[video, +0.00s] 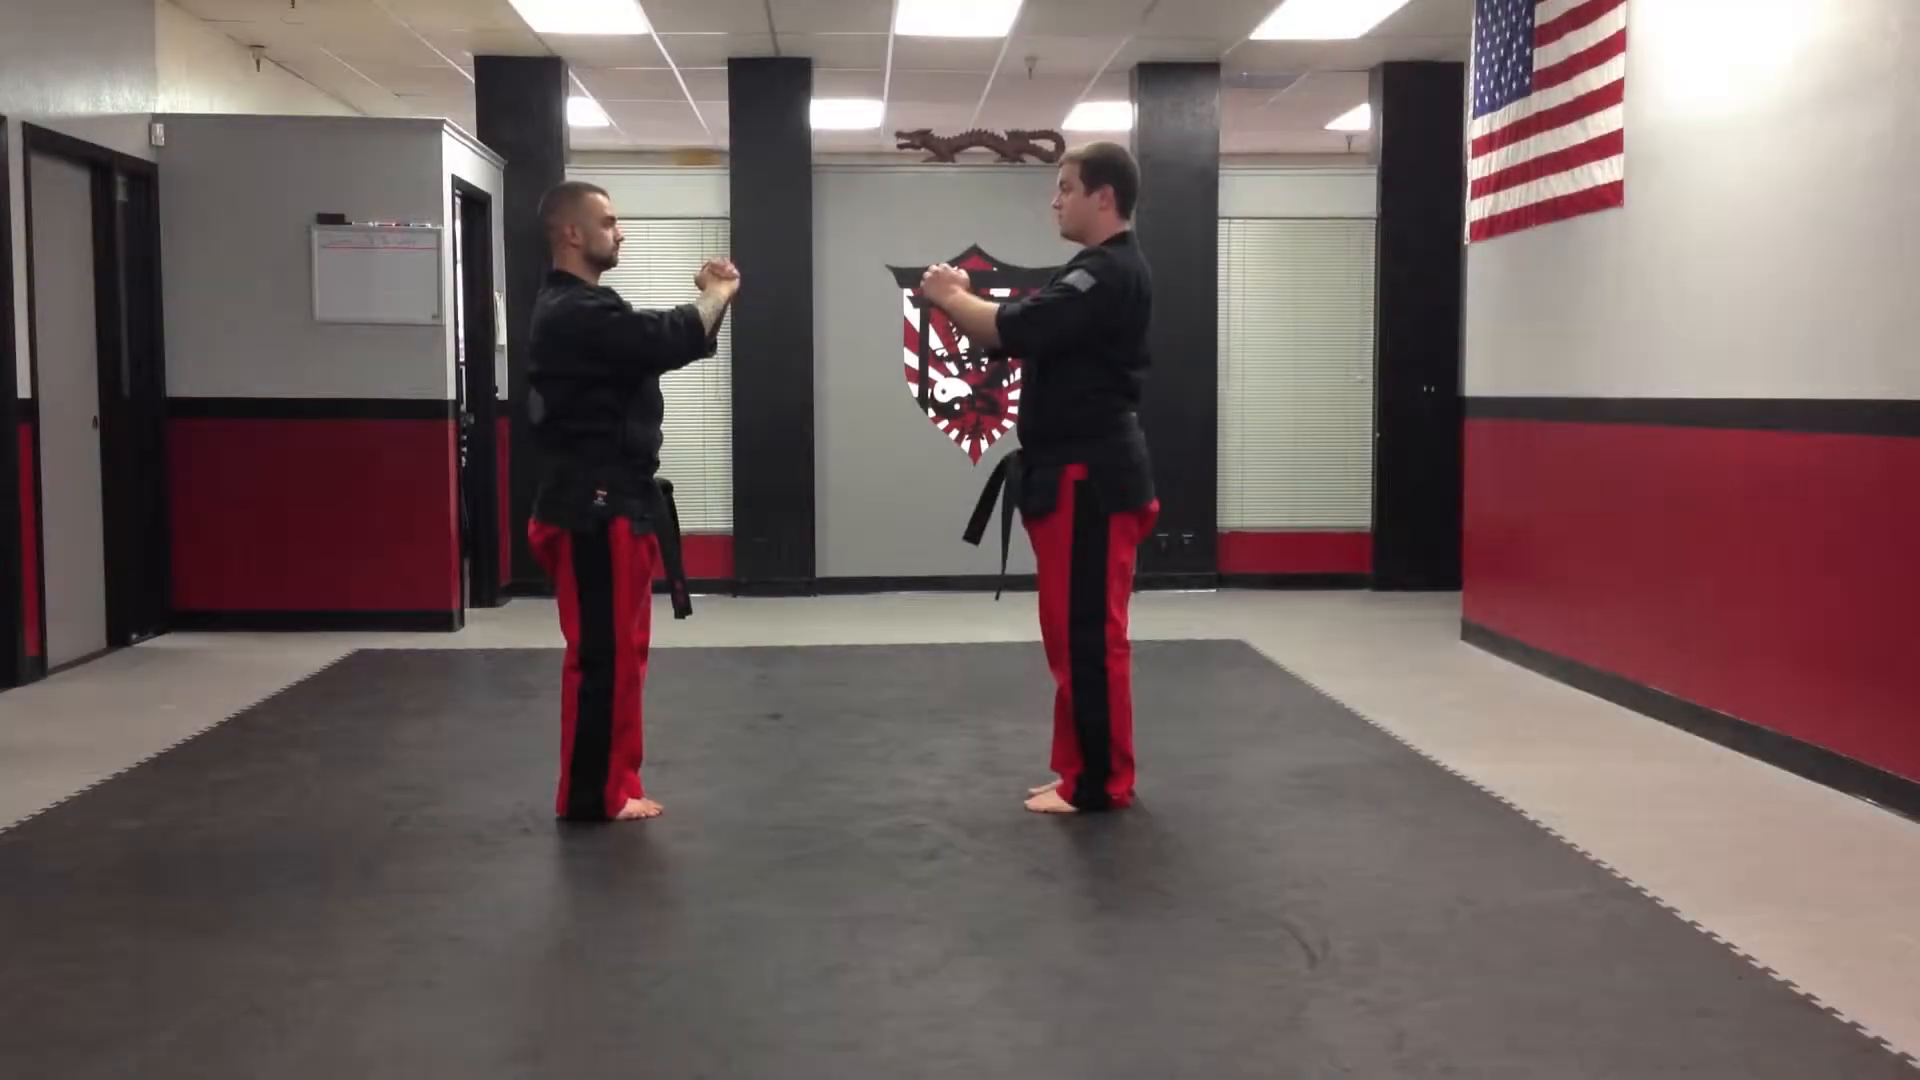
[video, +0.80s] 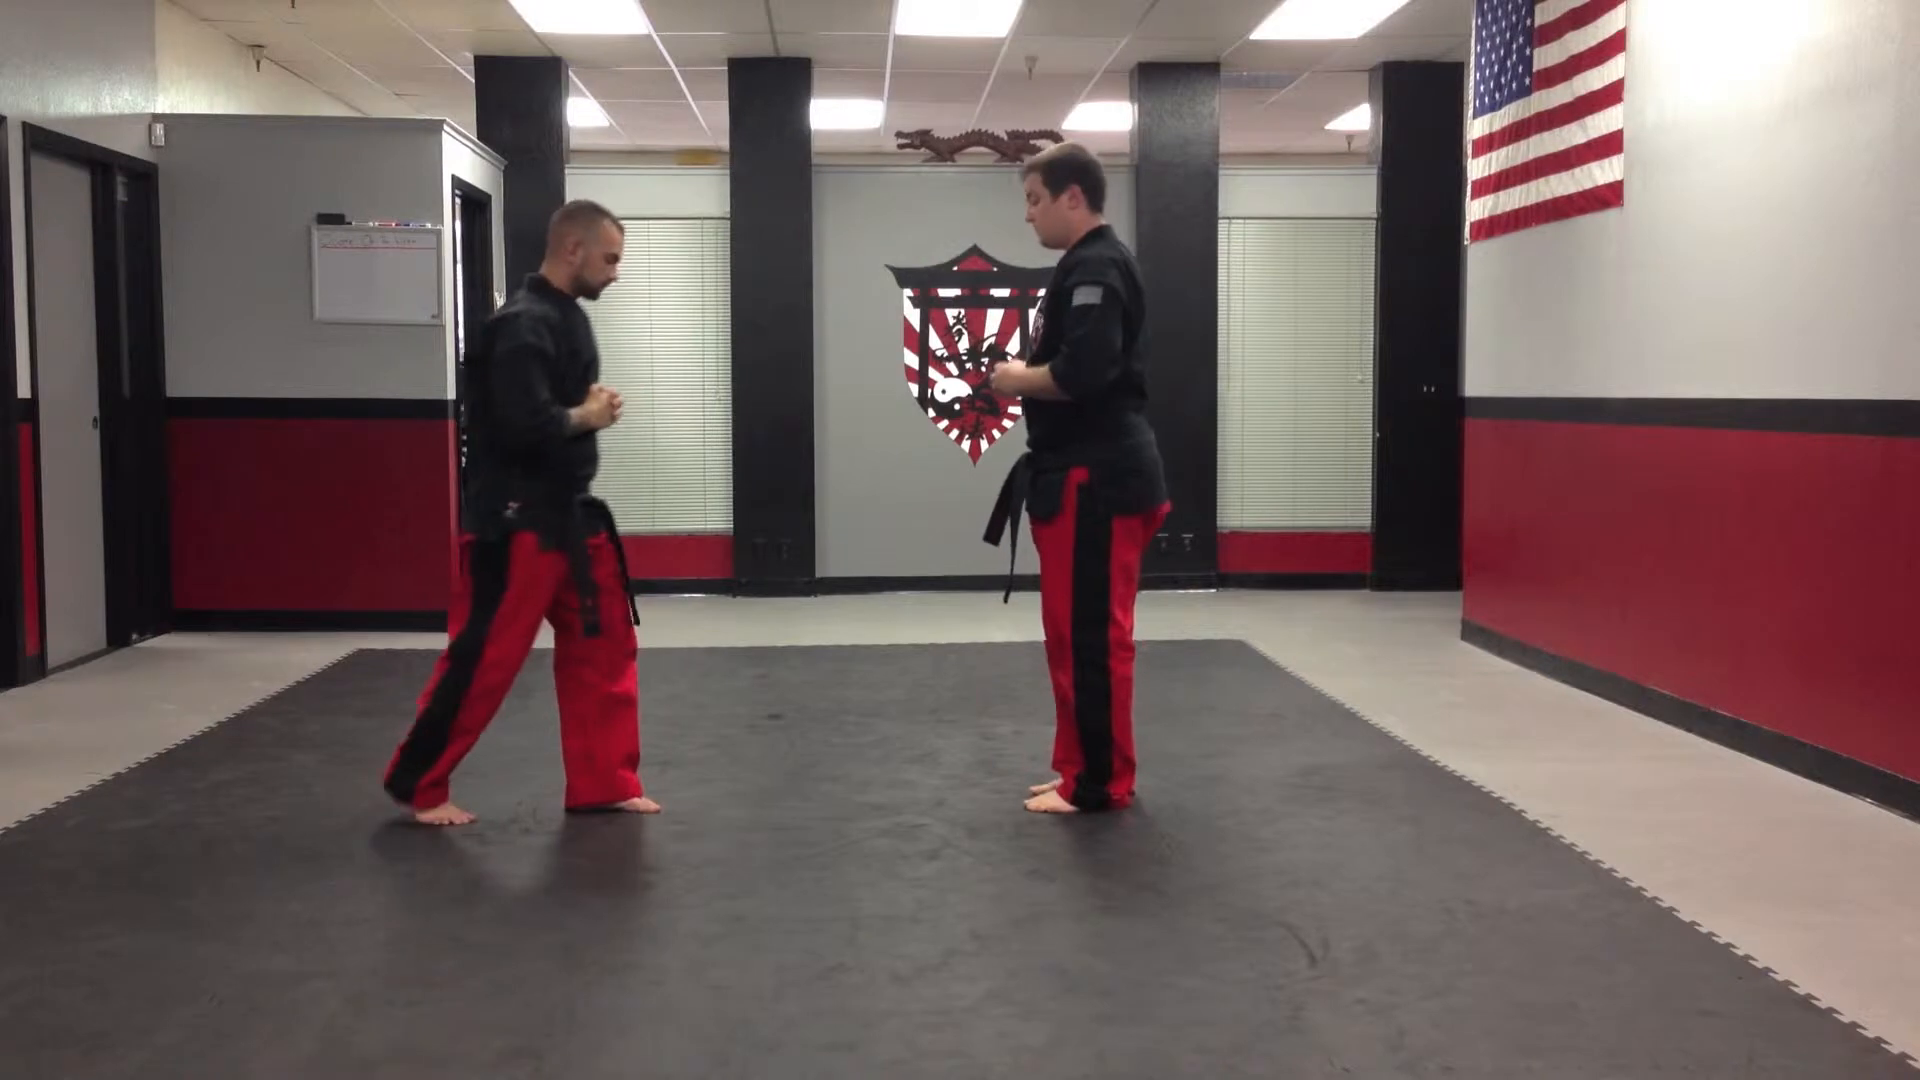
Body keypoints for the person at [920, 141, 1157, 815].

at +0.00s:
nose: (1055, 201)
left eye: (1065, 189)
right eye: (1057, 189)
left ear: (1102, 197)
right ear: (1101, 198)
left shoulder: (1109, 270)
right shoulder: (1099, 266)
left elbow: (1010, 331)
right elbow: (1025, 324)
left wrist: (953, 298)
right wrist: (966, 298)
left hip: (1091, 474)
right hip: (1074, 471)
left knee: (1088, 634)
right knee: (1075, 633)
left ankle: (1097, 784)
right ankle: (1087, 775)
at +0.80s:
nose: (1029, 215)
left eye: (1035, 201)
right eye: (1027, 203)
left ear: (1072, 198)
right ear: (1074, 200)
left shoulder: (1098, 266)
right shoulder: (1083, 264)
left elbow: (1086, 372)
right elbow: (1076, 367)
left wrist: (1019, 379)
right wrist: (1020, 376)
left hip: (1102, 477)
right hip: (1081, 474)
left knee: (1090, 634)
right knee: (1075, 631)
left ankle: (1098, 783)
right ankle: (1086, 772)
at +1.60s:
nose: (1008, 221)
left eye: (1019, 210)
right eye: (1011, 209)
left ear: (1057, 218)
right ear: (1058, 219)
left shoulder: (1074, 287)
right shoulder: (1076, 279)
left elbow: (1077, 393)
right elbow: (1071, 383)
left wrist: (1015, 405)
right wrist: (1018, 396)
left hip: (1083, 486)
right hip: (1105, 479)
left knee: (1039, 635)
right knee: (1105, 627)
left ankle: (992, 783)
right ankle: (1144, 762)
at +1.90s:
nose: (994, 226)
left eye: (1005, 215)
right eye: (998, 214)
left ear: (1042, 226)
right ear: (1050, 228)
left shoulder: (1040, 295)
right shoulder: (1081, 293)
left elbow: (994, 384)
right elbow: (1047, 389)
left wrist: (926, 362)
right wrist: (966, 376)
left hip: (1047, 500)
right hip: (1096, 494)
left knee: (979, 636)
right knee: (1090, 627)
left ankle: (983, 792)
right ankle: (1154, 759)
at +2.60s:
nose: (1039, 239)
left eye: (1045, 226)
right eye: (1041, 226)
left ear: (1075, 231)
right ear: (1103, 234)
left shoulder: (1048, 291)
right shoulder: (1153, 307)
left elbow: (951, 313)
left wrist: (915, 287)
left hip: (1074, 504)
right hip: (1151, 503)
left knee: (1003, 644)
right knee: (1169, 637)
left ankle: (987, 794)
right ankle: (1233, 772)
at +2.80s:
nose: (1066, 252)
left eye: (1072, 239)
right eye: (1067, 240)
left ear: (1103, 240)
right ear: (1131, 242)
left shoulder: (1086, 307)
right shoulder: (1195, 309)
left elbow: (1022, 376)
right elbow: (1229, 403)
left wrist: (986, 315)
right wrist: (1162, 410)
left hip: (1103, 509)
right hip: (1187, 508)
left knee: (1037, 638)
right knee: (1195, 642)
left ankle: (1038, 779)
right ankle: (1232, 775)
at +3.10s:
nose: (1044, 263)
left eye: (1049, 251)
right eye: (1045, 251)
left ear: (1078, 254)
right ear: (1106, 256)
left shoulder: (1060, 316)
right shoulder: (1169, 317)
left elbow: (985, 372)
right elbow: (1214, 407)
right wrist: (1148, 415)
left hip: (1089, 516)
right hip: (1170, 511)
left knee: (1034, 644)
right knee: (1197, 643)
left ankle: (1008, 777)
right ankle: (1237, 776)